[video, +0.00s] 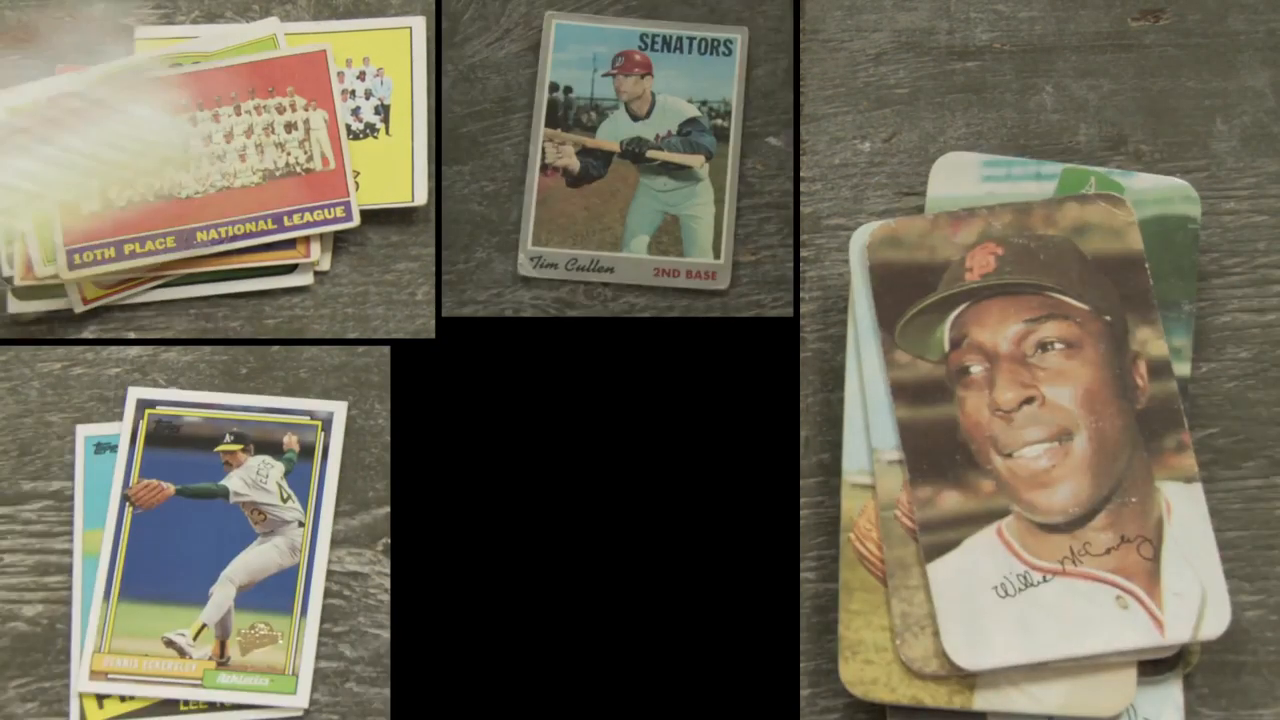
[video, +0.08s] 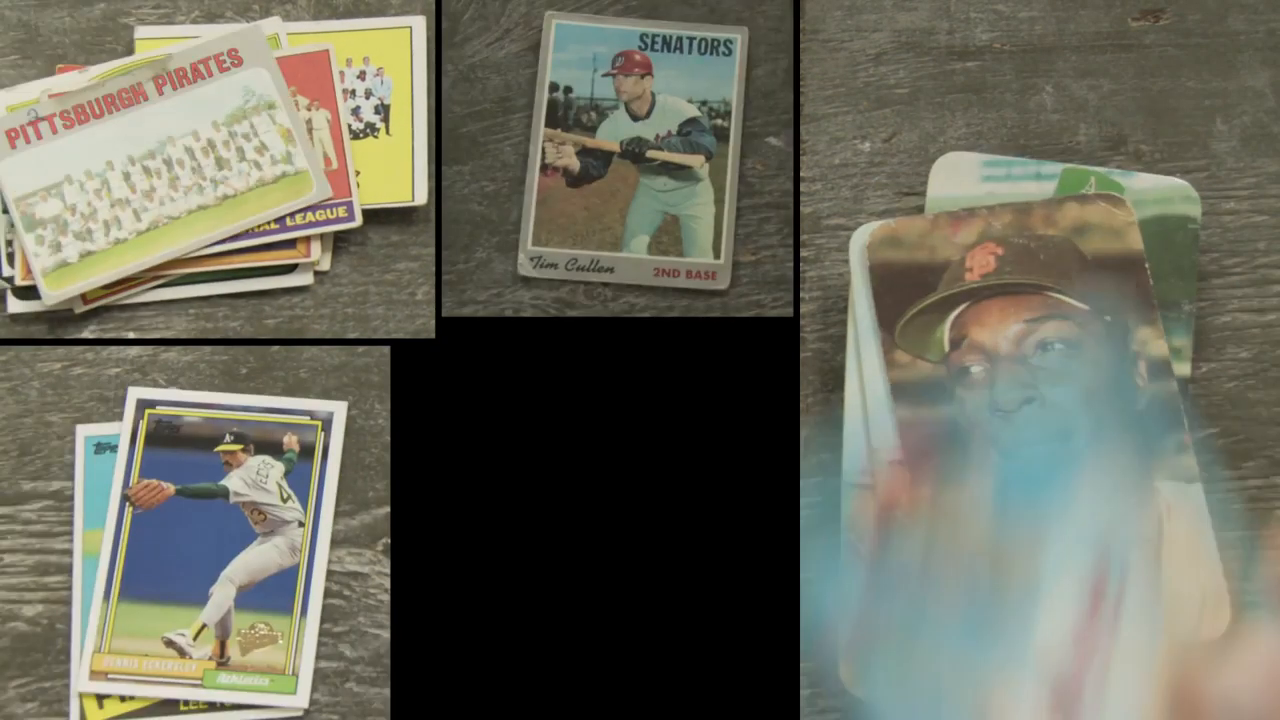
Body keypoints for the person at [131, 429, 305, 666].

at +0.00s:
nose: (225, 458)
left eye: (230, 453)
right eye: (223, 453)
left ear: (247, 452)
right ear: (222, 453)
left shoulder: (246, 475)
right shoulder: (266, 462)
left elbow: (218, 490)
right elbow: (288, 462)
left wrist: (174, 489)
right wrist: (292, 449)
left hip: (290, 537)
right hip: (270, 537)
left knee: (230, 577)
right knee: (218, 591)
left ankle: (190, 637)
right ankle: (221, 653)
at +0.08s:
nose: (225, 458)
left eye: (231, 453)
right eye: (223, 453)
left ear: (247, 452)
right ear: (222, 453)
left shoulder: (247, 474)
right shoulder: (266, 462)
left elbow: (218, 490)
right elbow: (288, 462)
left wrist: (174, 489)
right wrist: (292, 449)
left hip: (290, 537)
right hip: (269, 537)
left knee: (231, 577)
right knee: (219, 592)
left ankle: (190, 638)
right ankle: (220, 654)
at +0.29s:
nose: (198, 503)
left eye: (204, 498)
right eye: (194, 497)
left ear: (214, 504)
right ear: (187, 497)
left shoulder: (214, 536)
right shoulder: (166, 523)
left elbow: (232, 576)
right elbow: (126, 515)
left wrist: (212, 577)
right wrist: (88, 508)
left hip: (192, 591)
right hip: (161, 590)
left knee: (173, 606)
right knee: (147, 643)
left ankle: (165, 672)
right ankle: (158, 660)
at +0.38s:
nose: (211, 500)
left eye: (217, 499)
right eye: (209, 494)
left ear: (218, 507)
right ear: (199, 494)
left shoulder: (218, 539)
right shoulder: (167, 523)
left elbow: (235, 578)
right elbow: (127, 513)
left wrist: (215, 576)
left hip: (193, 592)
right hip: (160, 589)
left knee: (174, 605)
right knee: (147, 645)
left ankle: (166, 677)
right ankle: (159, 650)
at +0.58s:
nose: (209, 499)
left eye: (215, 498)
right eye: (208, 493)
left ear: (217, 507)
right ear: (199, 495)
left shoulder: (220, 539)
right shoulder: (170, 523)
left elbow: (235, 578)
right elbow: (128, 513)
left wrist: (214, 576)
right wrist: (140, 495)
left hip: (199, 609)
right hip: (165, 605)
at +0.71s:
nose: (129, 498)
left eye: (133, 494)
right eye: (125, 495)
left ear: (144, 495)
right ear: (122, 498)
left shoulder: (166, 510)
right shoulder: (127, 524)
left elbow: (194, 524)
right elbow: (110, 539)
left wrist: (209, 539)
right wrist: (97, 512)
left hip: (173, 568)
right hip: (146, 574)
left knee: (159, 598)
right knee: (147, 617)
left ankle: (141, 657)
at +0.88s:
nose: (129, 498)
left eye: (133, 494)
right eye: (126, 495)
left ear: (144, 495)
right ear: (122, 498)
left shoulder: (165, 510)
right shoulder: (127, 524)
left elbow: (194, 524)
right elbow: (111, 539)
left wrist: (209, 539)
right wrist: (97, 511)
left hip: (173, 568)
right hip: (146, 574)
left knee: (159, 598)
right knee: (146, 615)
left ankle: (141, 657)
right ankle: (156, 637)